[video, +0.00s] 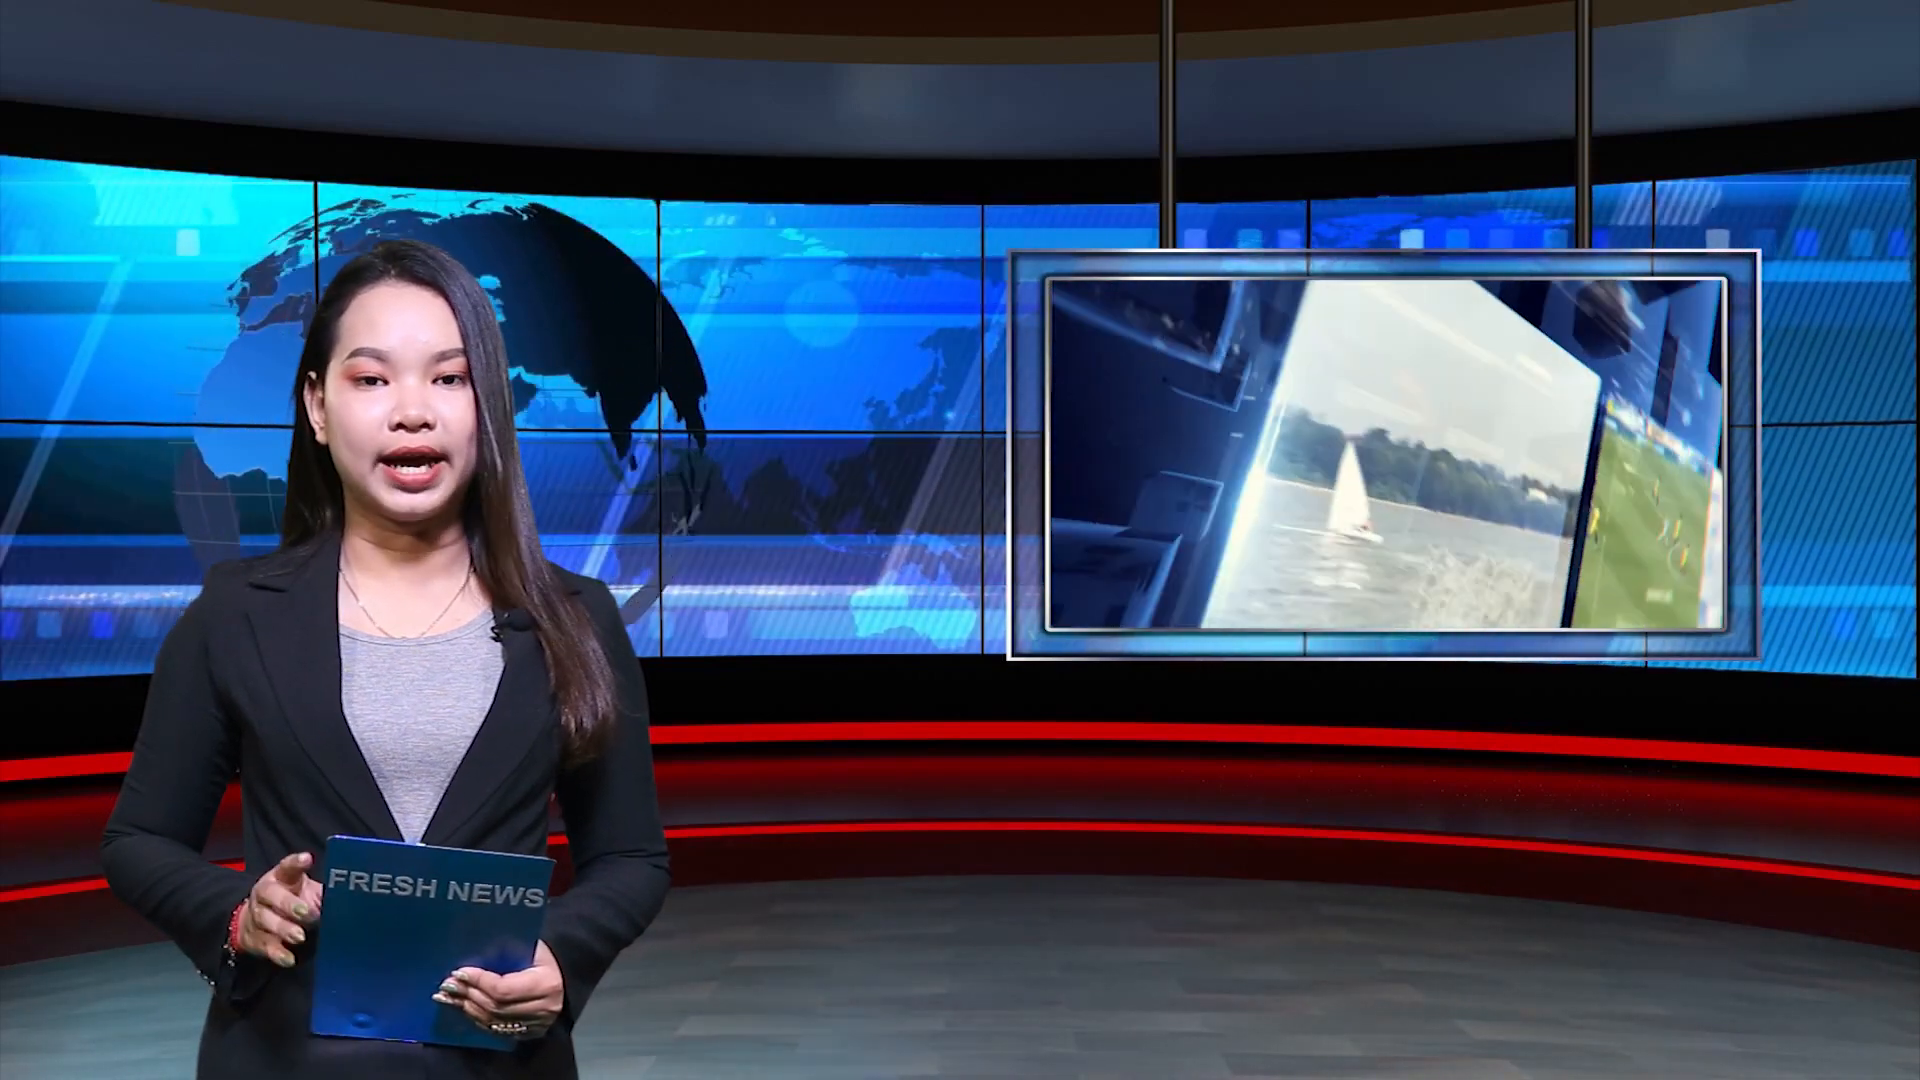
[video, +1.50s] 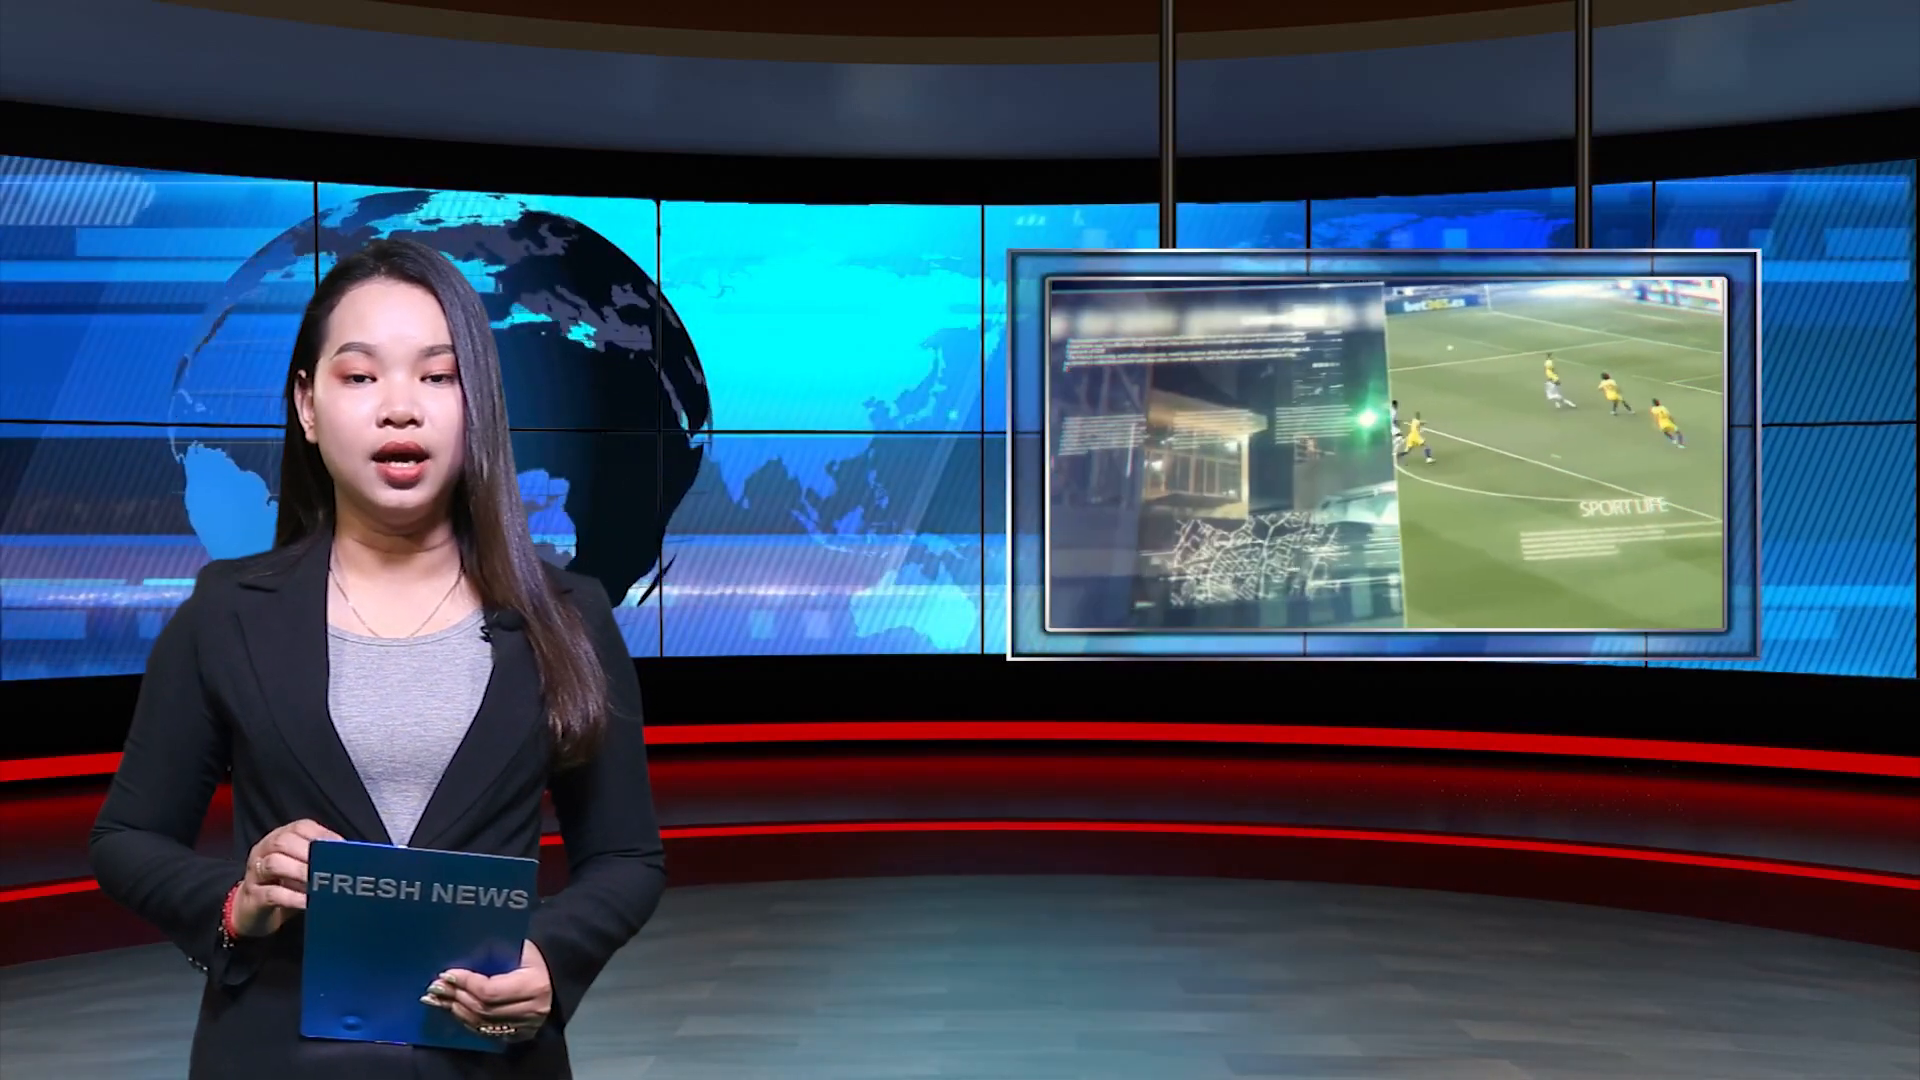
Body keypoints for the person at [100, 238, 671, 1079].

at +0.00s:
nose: (413, 413)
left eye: (447, 377)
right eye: (371, 377)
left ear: (486, 405)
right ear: (317, 407)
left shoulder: (571, 620)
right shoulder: (236, 617)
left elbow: (630, 858)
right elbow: (139, 842)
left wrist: (558, 958)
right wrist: (236, 909)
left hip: (499, 1053)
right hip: (285, 1056)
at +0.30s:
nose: (412, 409)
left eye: (445, 375)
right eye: (370, 376)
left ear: (485, 405)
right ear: (314, 408)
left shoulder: (569, 618)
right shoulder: (234, 617)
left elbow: (629, 858)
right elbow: (134, 842)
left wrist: (555, 961)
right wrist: (240, 899)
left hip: (499, 1054)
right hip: (282, 1055)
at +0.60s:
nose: (408, 407)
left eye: (442, 373)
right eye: (366, 374)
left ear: (480, 403)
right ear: (312, 407)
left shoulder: (566, 619)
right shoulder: (232, 615)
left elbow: (627, 859)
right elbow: (132, 841)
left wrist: (550, 961)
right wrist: (234, 896)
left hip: (495, 1053)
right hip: (279, 1054)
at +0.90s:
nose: (409, 409)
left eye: (440, 375)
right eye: (367, 375)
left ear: (478, 405)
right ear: (311, 406)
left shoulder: (563, 617)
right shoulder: (231, 613)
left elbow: (626, 859)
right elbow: (131, 841)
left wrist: (550, 962)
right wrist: (233, 896)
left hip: (493, 1054)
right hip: (278, 1055)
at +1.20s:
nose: (409, 416)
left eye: (442, 379)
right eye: (365, 378)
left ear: (477, 407)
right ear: (309, 408)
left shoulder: (563, 618)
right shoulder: (229, 614)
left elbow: (624, 860)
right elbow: (128, 841)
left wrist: (550, 963)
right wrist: (236, 897)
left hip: (492, 1053)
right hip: (276, 1054)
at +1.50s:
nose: (400, 408)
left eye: (435, 374)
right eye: (360, 375)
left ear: (476, 403)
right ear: (307, 407)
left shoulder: (563, 615)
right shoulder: (229, 613)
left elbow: (625, 858)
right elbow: (127, 838)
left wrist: (548, 961)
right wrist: (230, 898)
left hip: (492, 1052)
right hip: (276, 1053)